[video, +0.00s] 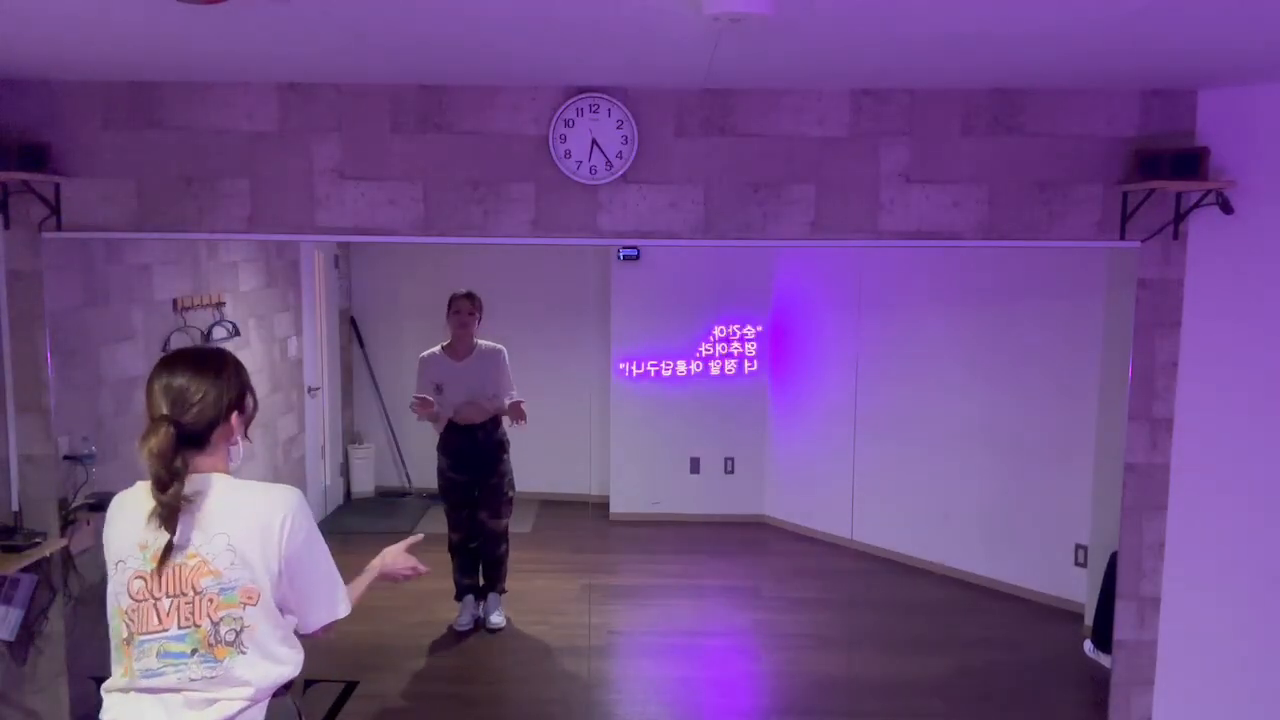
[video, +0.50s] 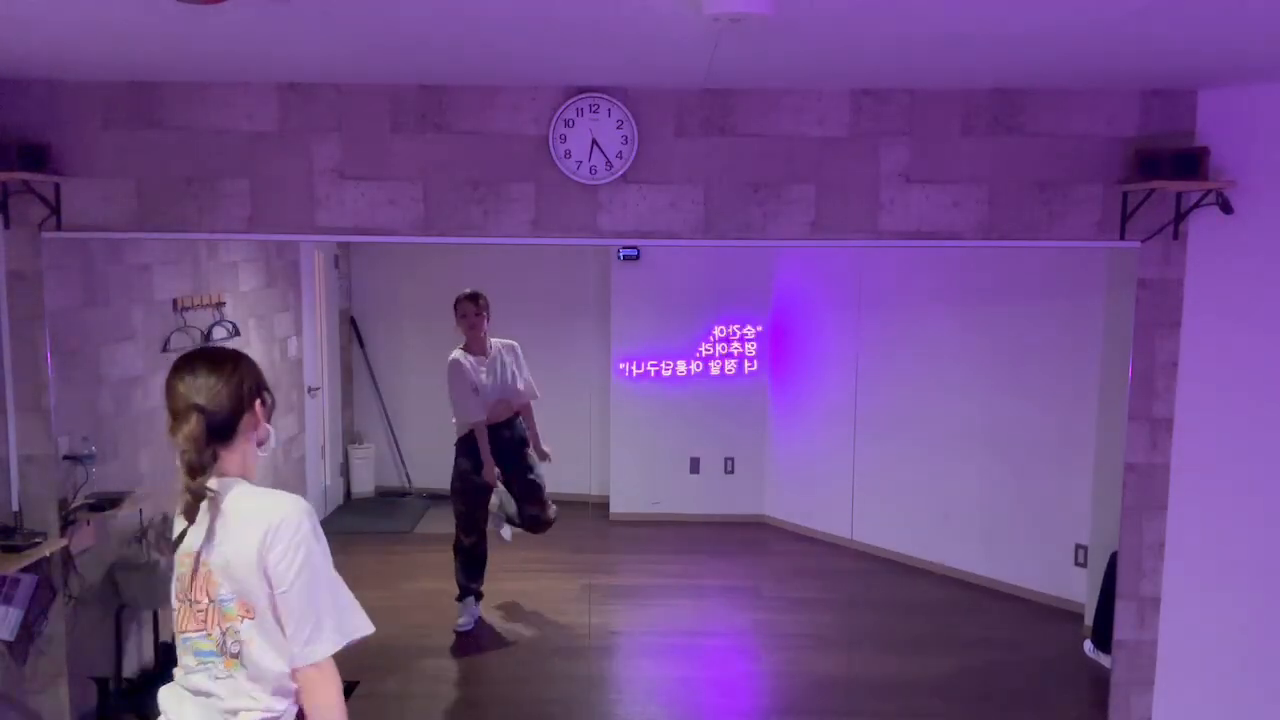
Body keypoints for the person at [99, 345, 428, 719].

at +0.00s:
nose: (247, 422)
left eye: (245, 407)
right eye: (247, 409)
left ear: (160, 418)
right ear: (234, 421)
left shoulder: (122, 508)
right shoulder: (277, 508)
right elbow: (317, 621)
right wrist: (376, 568)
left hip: (125, 709)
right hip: (233, 710)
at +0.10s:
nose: (248, 417)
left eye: (246, 406)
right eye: (246, 407)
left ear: (158, 419)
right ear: (234, 420)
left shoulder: (127, 510)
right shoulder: (279, 507)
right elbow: (311, 620)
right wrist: (346, 561)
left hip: (126, 708)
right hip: (234, 710)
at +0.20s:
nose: (245, 416)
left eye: (244, 405)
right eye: (244, 406)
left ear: (156, 422)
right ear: (232, 417)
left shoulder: (132, 515)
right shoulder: (286, 506)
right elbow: (321, 622)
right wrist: (336, 568)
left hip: (135, 708)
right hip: (245, 711)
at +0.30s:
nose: (244, 421)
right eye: (242, 405)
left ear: (156, 424)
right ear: (230, 414)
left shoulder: (140, 515)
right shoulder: (295, 503)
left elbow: (144, 627)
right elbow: (333, 635)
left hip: (148, 707)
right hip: (254, 711)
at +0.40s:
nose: (249, 413)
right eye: (247, 401)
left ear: (162, 423)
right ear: (236, 411)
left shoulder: (155, 515)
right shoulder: (292, 507)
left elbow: (156, 627)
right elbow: (332, 647)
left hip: (164, 706)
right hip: (264, 709)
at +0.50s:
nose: (267, 415)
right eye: (267, 403)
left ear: (180, 420)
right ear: (258, 412)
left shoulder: (186, 517)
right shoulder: (283, 517)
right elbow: (313, 667)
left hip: (181, 705)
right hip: (264, 709)